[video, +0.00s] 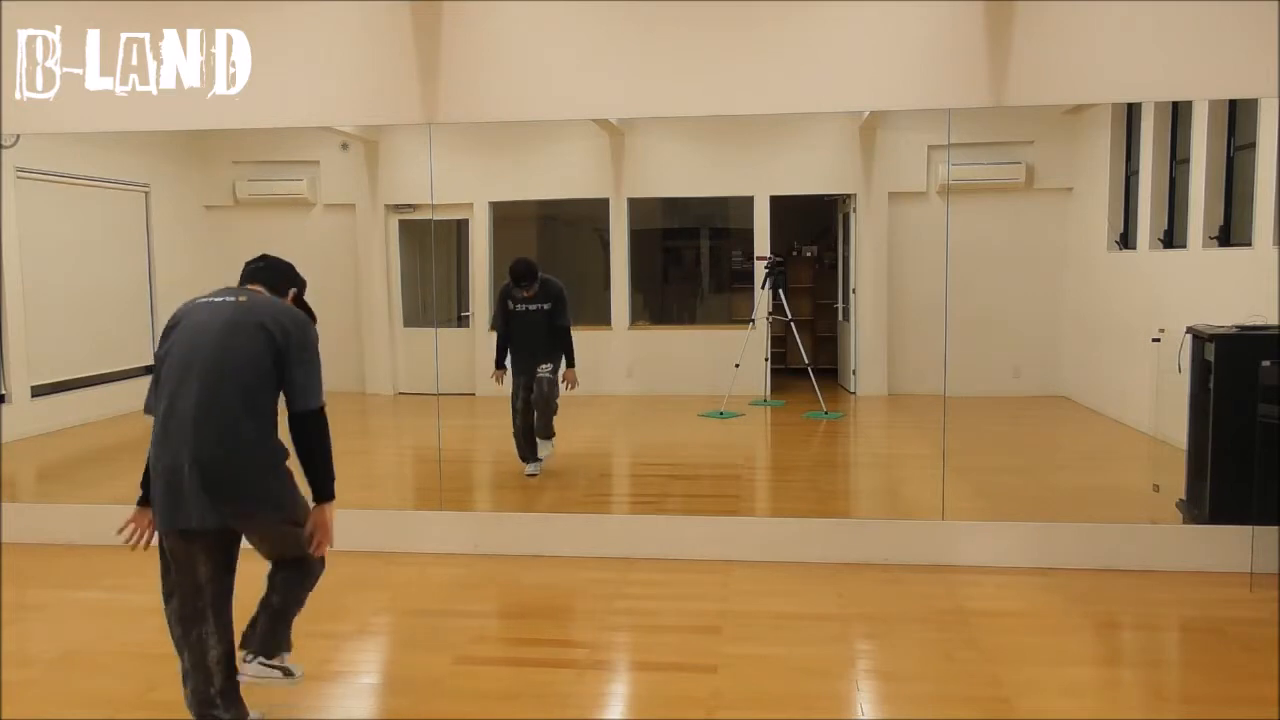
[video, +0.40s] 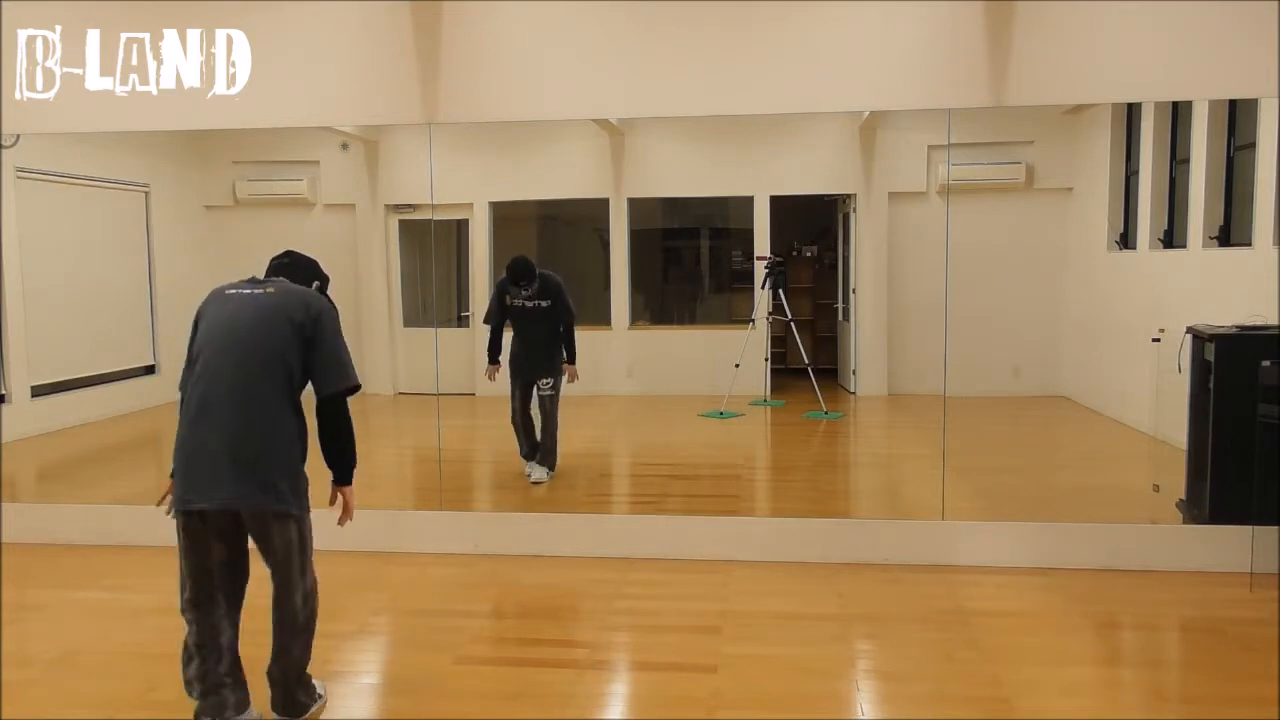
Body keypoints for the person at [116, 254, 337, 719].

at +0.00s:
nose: (295, 311)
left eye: (297, 308)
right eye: (298, 306)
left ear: (243, 285)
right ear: (290, 297)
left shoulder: (185, 314)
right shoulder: (290, 321)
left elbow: (165, 416)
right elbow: (306, 416)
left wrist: (148, 498)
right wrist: (323, 500)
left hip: (178, 479)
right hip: (248, 471)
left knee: (199, 614)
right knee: (299, 554)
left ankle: (217, 711)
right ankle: (264, 649)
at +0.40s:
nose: (320, 302)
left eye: (321, 297)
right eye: (321, 297)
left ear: (271, 277)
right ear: (312, 287)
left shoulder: (215, 301)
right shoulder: (313, 305)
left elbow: (192, 392)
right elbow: (332, 398)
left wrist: (181, 468)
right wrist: (342, 474)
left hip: (198, 471)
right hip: (269, 470)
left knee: (208, 596)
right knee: (295, 584)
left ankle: (218, 706)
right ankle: (291, 695)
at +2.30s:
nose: (343, 288)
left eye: (341, 283)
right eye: (343, 282)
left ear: (289, 275)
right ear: (334, 279)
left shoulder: (244, 305)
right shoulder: (341, 310)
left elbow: (203, 379)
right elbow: (359, 377)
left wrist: (245, 381)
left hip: (246, 470)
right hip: (311, 468)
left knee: (248, 577)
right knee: (346, 557)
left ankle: (248, 676)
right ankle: (308, 625)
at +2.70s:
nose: (371, 271)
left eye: (369, 266)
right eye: (372, 265)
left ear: (315, 260)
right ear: (365, 263)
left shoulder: (277, 309)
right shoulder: (382, 305)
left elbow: (224, 399)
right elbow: (431, 378)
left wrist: (248, 437)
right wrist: (463, 427)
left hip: (308, 484)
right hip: (375, 482)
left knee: (327, 580)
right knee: (395, 588)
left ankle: (322, 690)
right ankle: (410, 701)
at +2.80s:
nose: (374, 270)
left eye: (374, 264)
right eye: (376, 263)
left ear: (319, 256)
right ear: (369, 260)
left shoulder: (275, 310)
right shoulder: (380, 307)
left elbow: (264, 407)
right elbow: (392, 403)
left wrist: (301, 445)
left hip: (304, 489)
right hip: (371, 483)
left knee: (319, 603)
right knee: (406, 588)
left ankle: (328, 711)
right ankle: (404, 693)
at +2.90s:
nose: (379, 265)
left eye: (379, 258)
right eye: (379, 257)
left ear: (322, 251)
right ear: (369, 253)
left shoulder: (275, 297)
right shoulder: (377, 290)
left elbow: (268, 383)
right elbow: (384, 374)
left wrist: (319, 371)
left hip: (284, 470)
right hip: (351, 465)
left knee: (305, 601)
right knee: (396, 561)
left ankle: (324, 711)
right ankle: (369, 668)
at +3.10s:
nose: (372, 278)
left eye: (373, 271)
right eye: (372, 269)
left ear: (317, 259)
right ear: (362, 264)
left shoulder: (273, 295)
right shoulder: (365, 298)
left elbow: (296, 371)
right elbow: (371, 384)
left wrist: (381, 387)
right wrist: (394, 386)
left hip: (268, 478)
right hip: (336, 478)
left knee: (289, 602)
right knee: (344, 590)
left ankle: (317, 708)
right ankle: (322, 676)